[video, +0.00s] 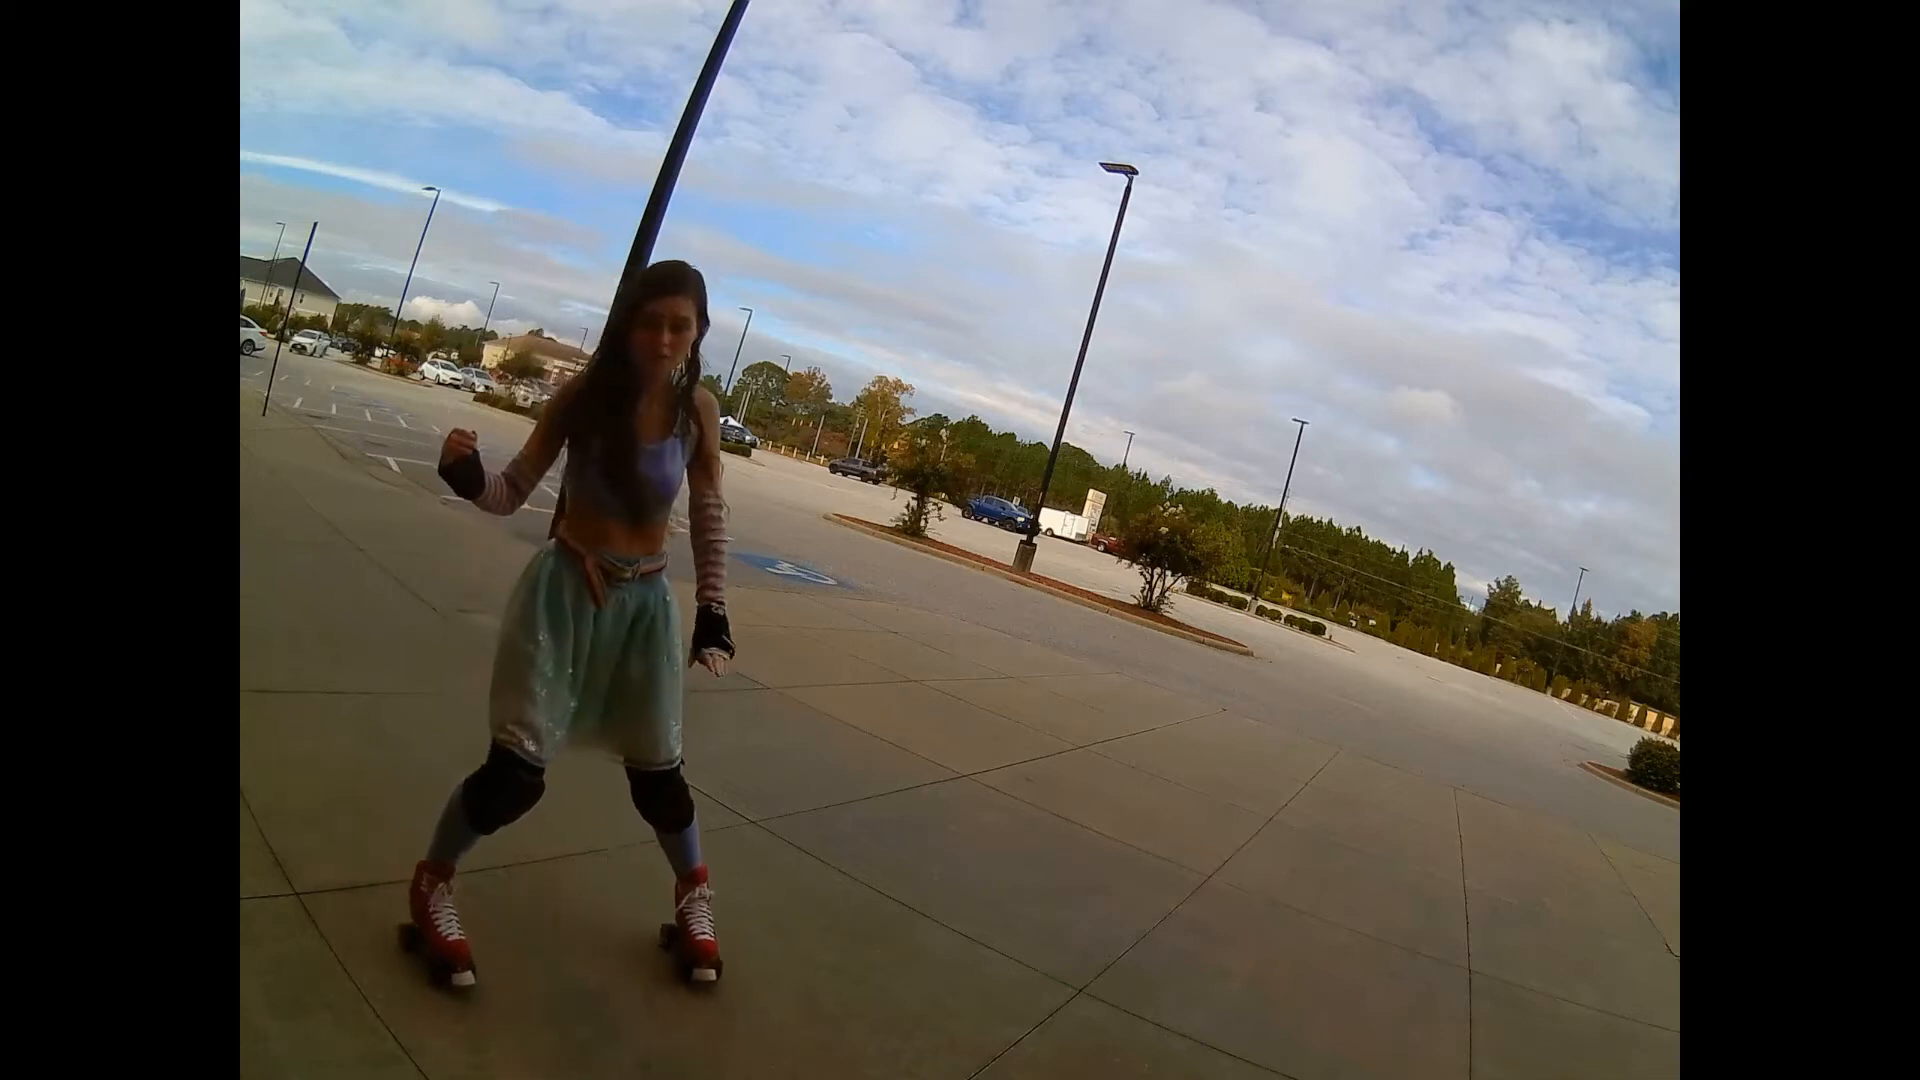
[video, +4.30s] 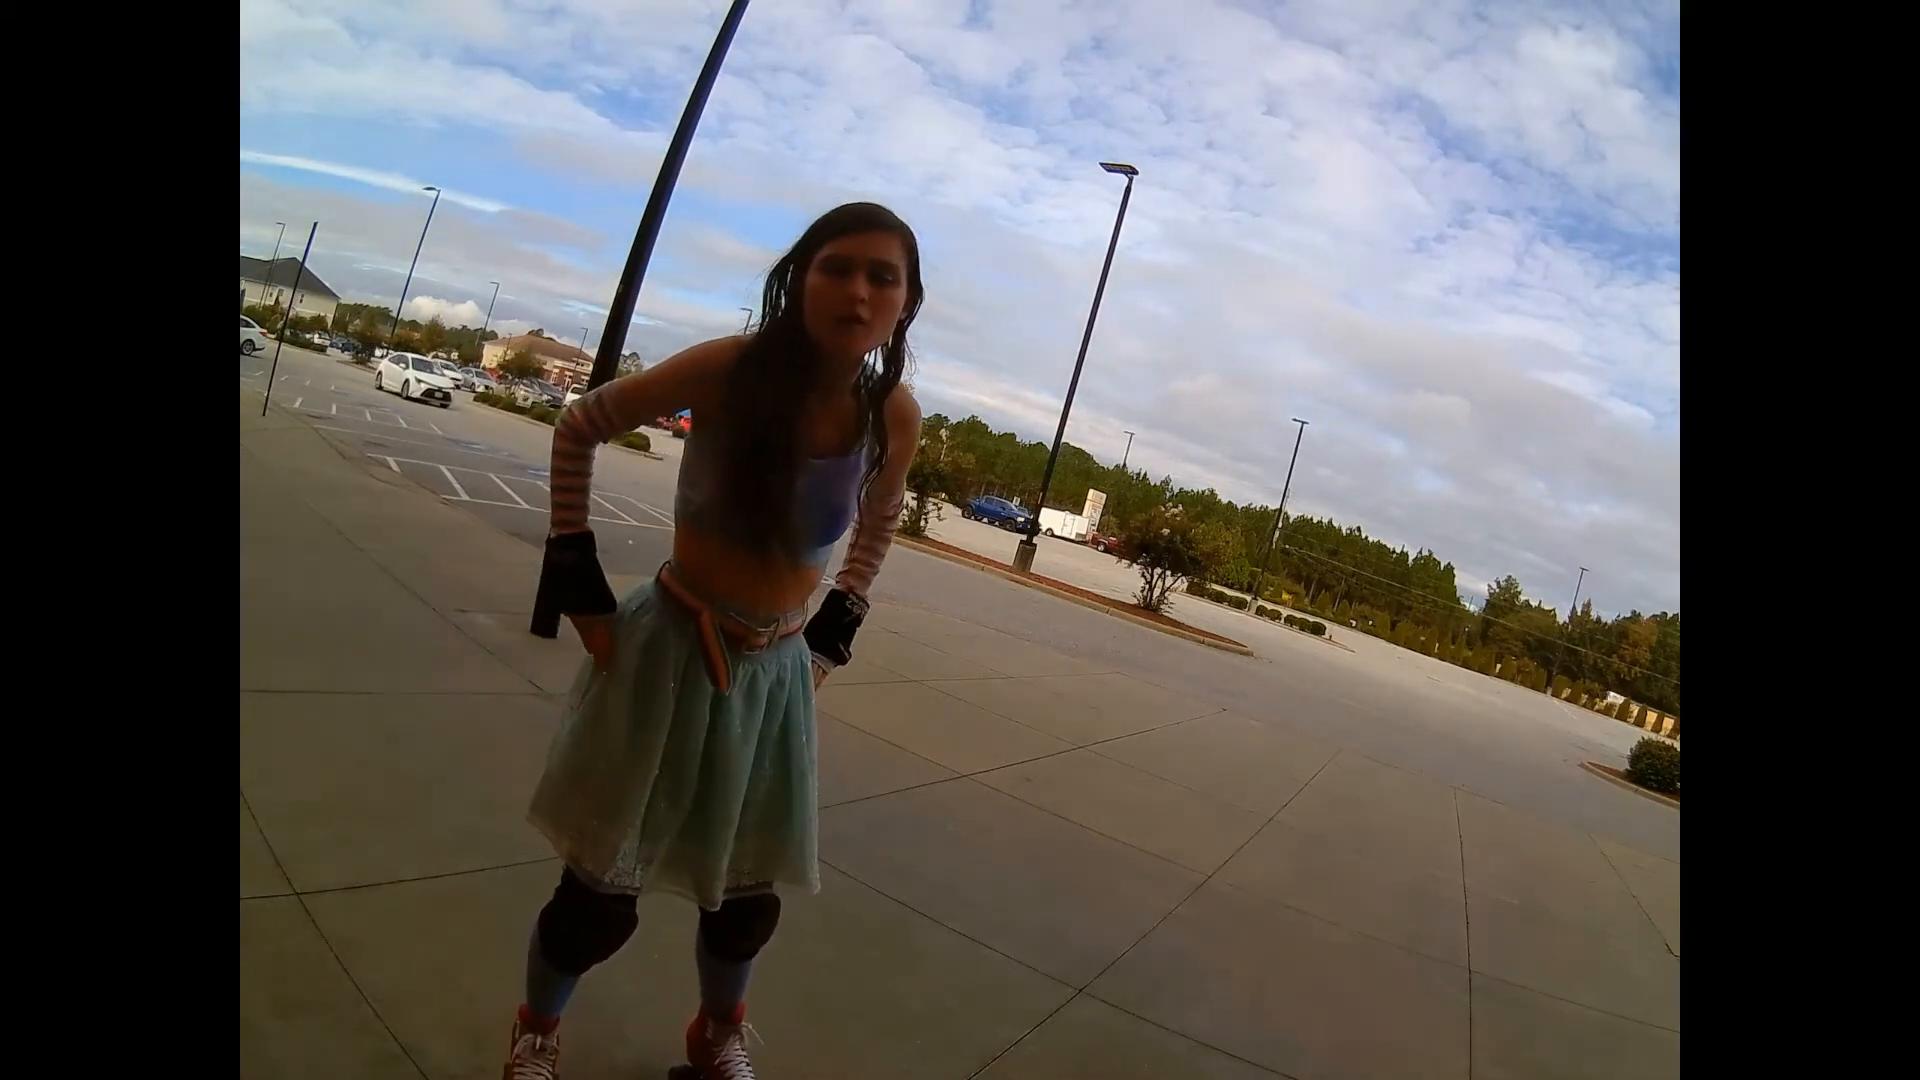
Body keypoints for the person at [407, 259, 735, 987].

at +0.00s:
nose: (665, 340)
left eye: (681, 327)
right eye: (652, 323)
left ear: (698, 336)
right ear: (625, 324)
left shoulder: (696, 411)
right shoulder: (584, 392)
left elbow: (709, 515)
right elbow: (508, 493)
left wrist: (712, 607)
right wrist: (471, 477)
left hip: (644, 601)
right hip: (562, 589)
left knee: (660, 780)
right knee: (516, 776)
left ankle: (694, 894)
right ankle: (432, 881)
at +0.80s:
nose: (712, 337)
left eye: (734, 320)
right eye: (699, 315)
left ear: (761, 328)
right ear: (675, 312)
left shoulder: (764, 416)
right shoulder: (619, 392)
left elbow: (767, 543)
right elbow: (504, 496)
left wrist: (761, 656)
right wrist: (543, 422)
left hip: (686, 637)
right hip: (589, 619)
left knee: (692, 853)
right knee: (558, 837)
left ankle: (732, 974)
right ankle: (484, 948)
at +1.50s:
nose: (764, 306)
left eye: (785, 289)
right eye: (747, 284)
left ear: (809, 299)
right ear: (715, 283)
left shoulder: (800, 398)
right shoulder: (666, 359)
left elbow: (782, 518)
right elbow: (578, 442)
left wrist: (775, 622)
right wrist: (653, 342)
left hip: (720, 626)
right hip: (630, 609)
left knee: (699, 841)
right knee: (572, 835)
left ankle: (667, 982)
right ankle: (506, 970)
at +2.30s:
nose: (773, 320)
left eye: (798, 305)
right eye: (761, 294)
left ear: (820, 318)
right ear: (727, 288)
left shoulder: (810, 401)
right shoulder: (664, 365)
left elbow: (802, 551)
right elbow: (536, 465)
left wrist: (812, 494)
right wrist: (595, 370)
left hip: (723, 632)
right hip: (628, 618)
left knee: (689, 846)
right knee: (582, 860)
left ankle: (652, 970)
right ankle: (536, 1011)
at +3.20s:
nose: (774, 327)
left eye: (799, 304)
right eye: (755, 300)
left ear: (832, 317)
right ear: (723, 300)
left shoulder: (818, 414)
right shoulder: (658, 384)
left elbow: (784, 568)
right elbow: (533, 516)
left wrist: (771, 514)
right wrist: (537, 479)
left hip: (713, 647)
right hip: (616, 637)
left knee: (694, 868)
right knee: (590, 895)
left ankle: (663, 990)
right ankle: (536, 1041)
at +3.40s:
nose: (797, 325)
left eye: (821, 305)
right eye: (778, 299)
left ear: (850, 319)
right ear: (743, 299)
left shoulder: (829, 417)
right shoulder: (675, 381)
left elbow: (801, 578)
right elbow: (566, 498)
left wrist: (775, 492)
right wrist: (570, 564)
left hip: (721, 651)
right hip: (623, 640)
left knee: (700, 877)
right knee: (591, 904)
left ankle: (674, 998)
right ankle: (535, 1043)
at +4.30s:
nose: (858, 290)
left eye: (883, 276)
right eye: (838, 267)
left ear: (905, 305)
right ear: (800, 280)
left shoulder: (890, 413)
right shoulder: (727, 367)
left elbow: (879, 518)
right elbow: (582, 425)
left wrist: (842, 612)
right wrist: (573, 560)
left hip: (778, 673)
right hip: (668, 647)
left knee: (747, 900)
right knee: (601, 897)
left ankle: (719, 1034)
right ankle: (536, 1035)